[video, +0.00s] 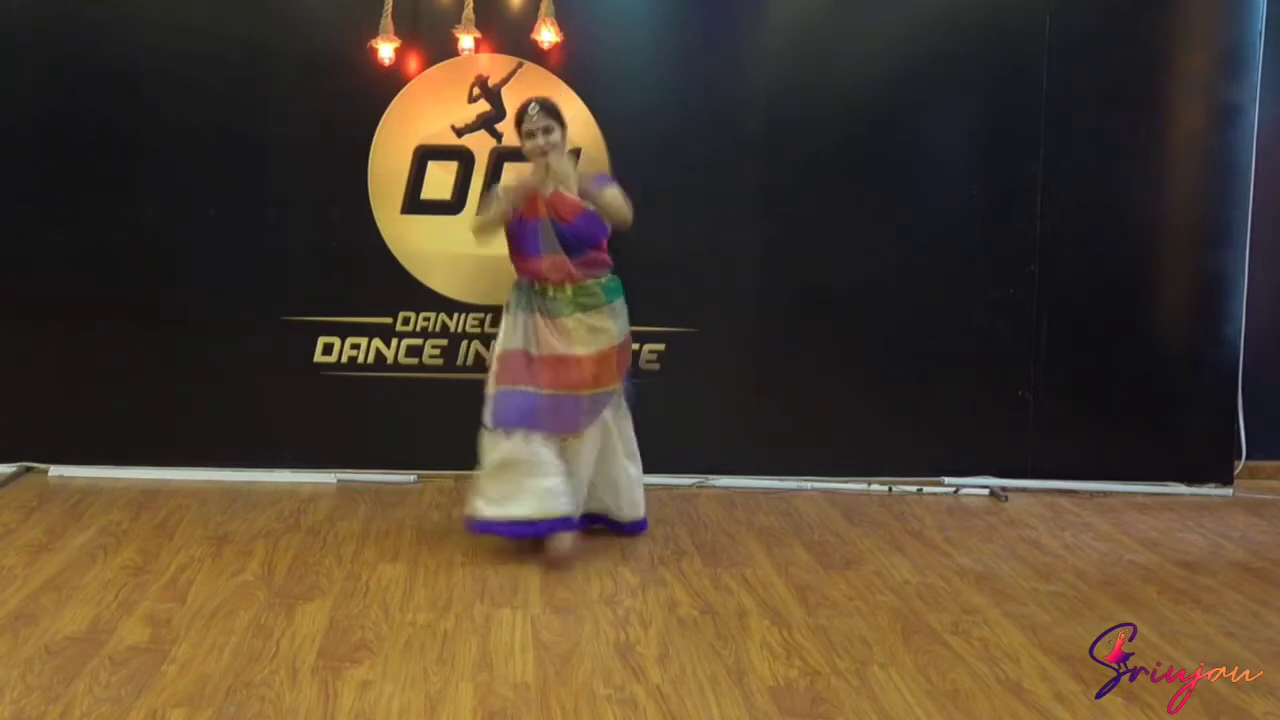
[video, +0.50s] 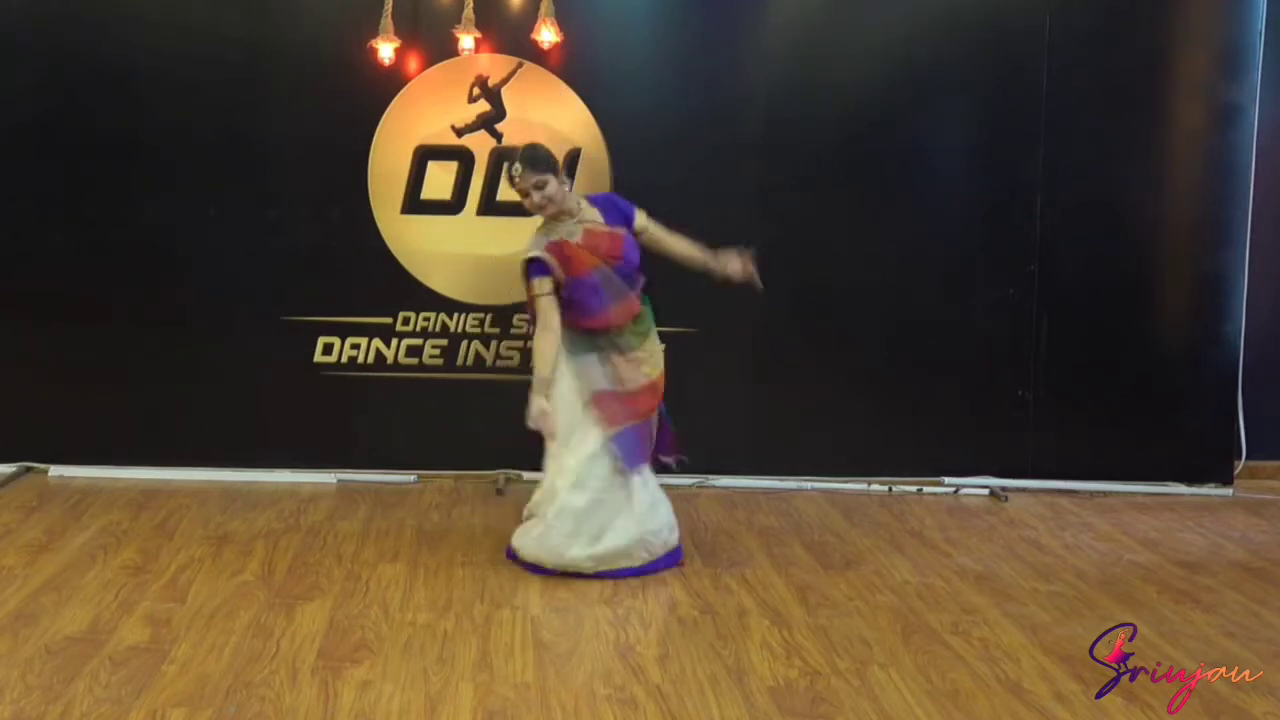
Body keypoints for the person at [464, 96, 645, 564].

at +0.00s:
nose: (539, 140)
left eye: (546, 130)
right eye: (530, 134)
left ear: (564, 134)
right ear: (521, 143)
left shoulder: (592, 185)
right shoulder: (514, 191)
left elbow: (623, 217)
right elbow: (480, 227)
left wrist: (577, 184)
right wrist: (509, 195)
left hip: (590, 312)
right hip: (534, 313)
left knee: (582, 412)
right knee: (525, 414)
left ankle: (570, 509)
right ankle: (557, 519)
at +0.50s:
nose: (535, 200)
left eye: (541, 187)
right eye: (525, 194)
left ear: (562, 177)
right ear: (522, 197)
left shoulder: (610, 209)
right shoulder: (542, 254)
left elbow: (667, 241)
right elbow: (547, 325)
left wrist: (716, 262)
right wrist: (539, 392)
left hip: (637, 344)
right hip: (584, 355)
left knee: (631, 442)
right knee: (589, 446)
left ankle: (626, 536)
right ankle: (565, 538)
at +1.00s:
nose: (650, 127)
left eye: (650, 117)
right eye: (644, 119)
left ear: (601, 126)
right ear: (617, 126)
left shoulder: (569, 174)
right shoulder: (647, 186)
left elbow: (541, 215)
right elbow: (695, 237)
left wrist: (557, 164)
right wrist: (708, 174)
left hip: (579, 299)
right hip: (635, 303)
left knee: (579, 403)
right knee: (654, 402)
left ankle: (547, 507)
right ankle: (665, 515)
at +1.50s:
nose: (604, 127)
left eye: (615, 120)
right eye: (601, 118)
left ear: (644, 126)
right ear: (598, 122)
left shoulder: (649, 185)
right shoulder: (594, 179)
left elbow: (625, 206)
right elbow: (577, 226)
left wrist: (566, 215)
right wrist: (548, 220)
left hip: (626, 312)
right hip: (581, 310)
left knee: (623, 413)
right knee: (580, 414)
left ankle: (638, 515)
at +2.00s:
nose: (615, 130)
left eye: (624, 122)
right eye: (605, 122)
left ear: (636, 127)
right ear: (590, 127)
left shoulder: (654, 181)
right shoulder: (570, 176)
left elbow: (727, 196)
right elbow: (518, 203)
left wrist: (678, 209)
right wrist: (584, 219)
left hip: (639, 310)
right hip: (580, 310)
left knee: (639, 412)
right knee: (583, 413)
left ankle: (640, 522)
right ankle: (582, 523)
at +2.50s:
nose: (626, 131)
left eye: (633, 122)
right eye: (615, 125)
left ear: (645, 127)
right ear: (599, 134)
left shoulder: (661, 190)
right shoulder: (586, 178)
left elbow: (736, 215)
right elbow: (544, 174)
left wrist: (684, 214)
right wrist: (607, 198)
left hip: (646, 313)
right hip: (590, 311)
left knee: (640, 415)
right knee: (590, 413)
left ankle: (637, 516)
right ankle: (589, 523)